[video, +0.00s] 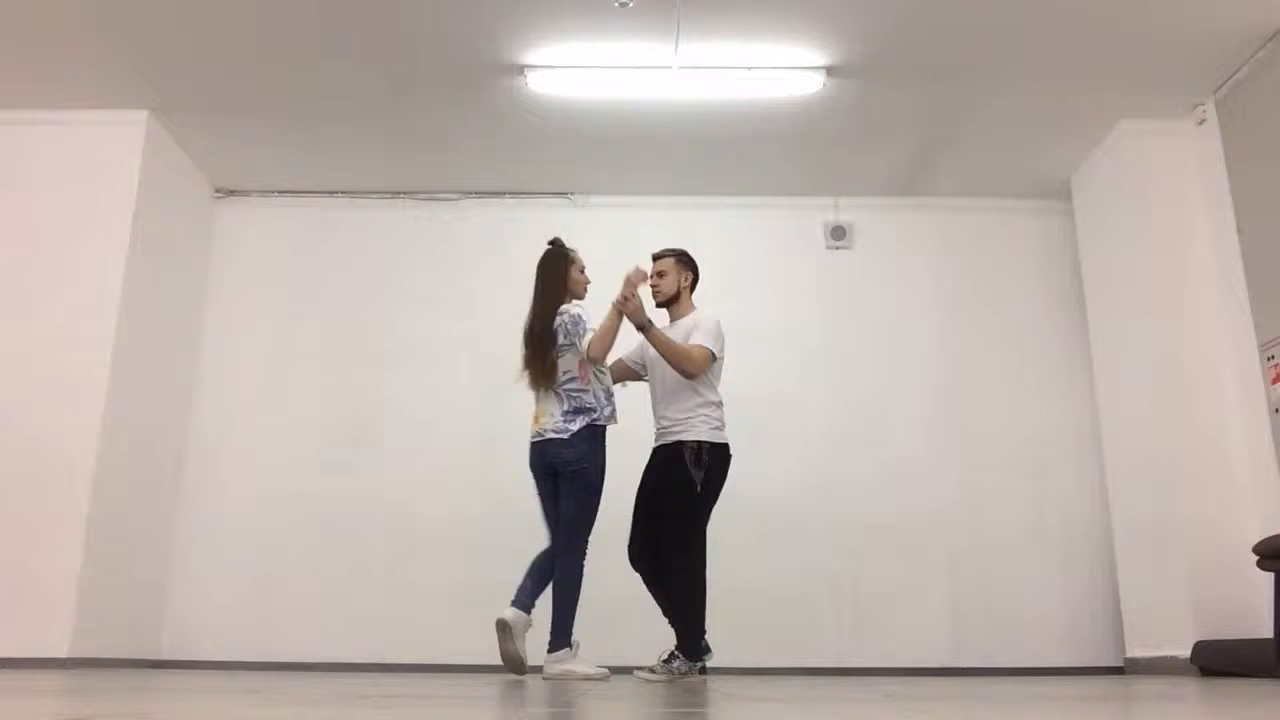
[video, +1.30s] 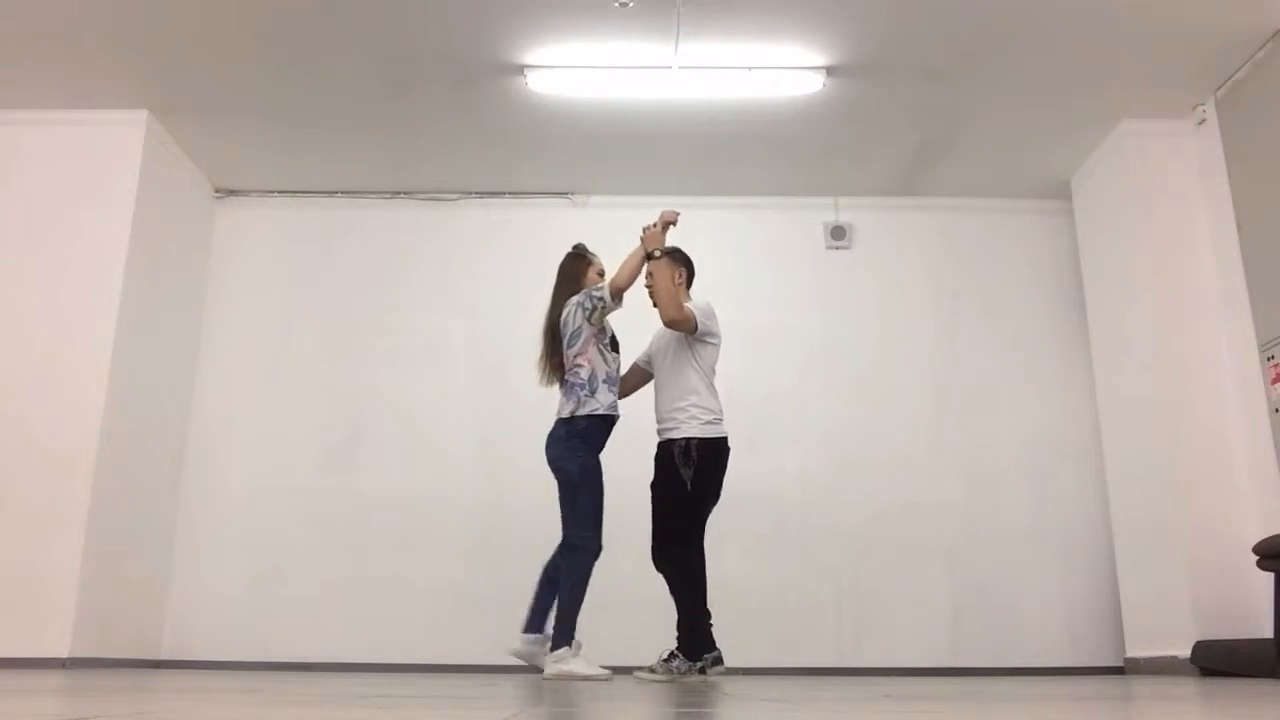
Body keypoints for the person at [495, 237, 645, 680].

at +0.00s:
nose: (587, 277)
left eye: (585, 270)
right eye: (581, 270)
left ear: (551, 277)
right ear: (565, 275)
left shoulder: (538, 322)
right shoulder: (571, 314)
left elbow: (561, 377)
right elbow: (597, 353)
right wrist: (620, 302)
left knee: (560, 543)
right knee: (572, 547)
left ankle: (517, 614)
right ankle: (560, 652)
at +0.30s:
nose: (591, 283)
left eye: (589, 278)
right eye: (582, 277)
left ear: (576, 285)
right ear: (561, 281)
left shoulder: (573, 323)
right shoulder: (556, 317)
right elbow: (587, 325)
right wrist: (610, 278)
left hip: (587, 438)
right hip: (578, 440)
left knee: (583, 546)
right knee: (577, 547)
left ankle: (573, 645)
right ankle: (561, 651)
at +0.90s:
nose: (600, 283)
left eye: (600, 276)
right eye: (591, 276)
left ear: (586, 282)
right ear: (569, 281)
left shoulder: (583, 320)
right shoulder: (572, 313)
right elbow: (607, 293)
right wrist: (640, 250)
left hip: (586, 435)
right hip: (578, 436)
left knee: (609, 538)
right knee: (603, 540)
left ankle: (573, 638)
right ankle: (565, 648)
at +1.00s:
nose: (602, 284)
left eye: (601, 277)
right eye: (593, 277)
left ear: (585, 282)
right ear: (572, 280)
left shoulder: (583, 318)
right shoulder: (573, 313)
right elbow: (611, 290)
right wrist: (643, 250)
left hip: (585, 437)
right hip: (575, 438)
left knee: (607, 539)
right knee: (598, 542)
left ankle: (571, 641)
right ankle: (564, 649)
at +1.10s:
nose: (602, 282)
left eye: (601, 275)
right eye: (594, 275)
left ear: (587, 281)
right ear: (574, 278)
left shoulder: (582, 317)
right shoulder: (575, 312)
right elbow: (614, 288)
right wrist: (648, 246)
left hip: (578, 441)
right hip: (572, 442)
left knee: (592, 543)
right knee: (595, 542)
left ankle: (566, 645)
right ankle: (562, 649)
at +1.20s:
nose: (604, 280)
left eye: (603, 273)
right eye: (596, 273)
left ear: (587, 278)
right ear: (575, 276)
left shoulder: (586, 314)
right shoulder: (576, 309)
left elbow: (620, 293)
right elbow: (616, 287)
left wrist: (648, 252)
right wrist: (650, 245)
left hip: (578, 440)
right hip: (571, 440)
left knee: (585, 542)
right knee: (583, 543)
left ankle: (558, 643)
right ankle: (559, 651)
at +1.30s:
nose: (605, 275)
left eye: (603, 268)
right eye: (598, 269)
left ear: (579, 278)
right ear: (582, 275)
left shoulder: (582, 314)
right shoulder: (579, 308)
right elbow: (618, 285)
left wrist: (646, 248)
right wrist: (648, 246)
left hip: (574, 438)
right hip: (577, 440)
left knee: (576, 540)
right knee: (585, 543)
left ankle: (534, 636)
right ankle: (561, 650)